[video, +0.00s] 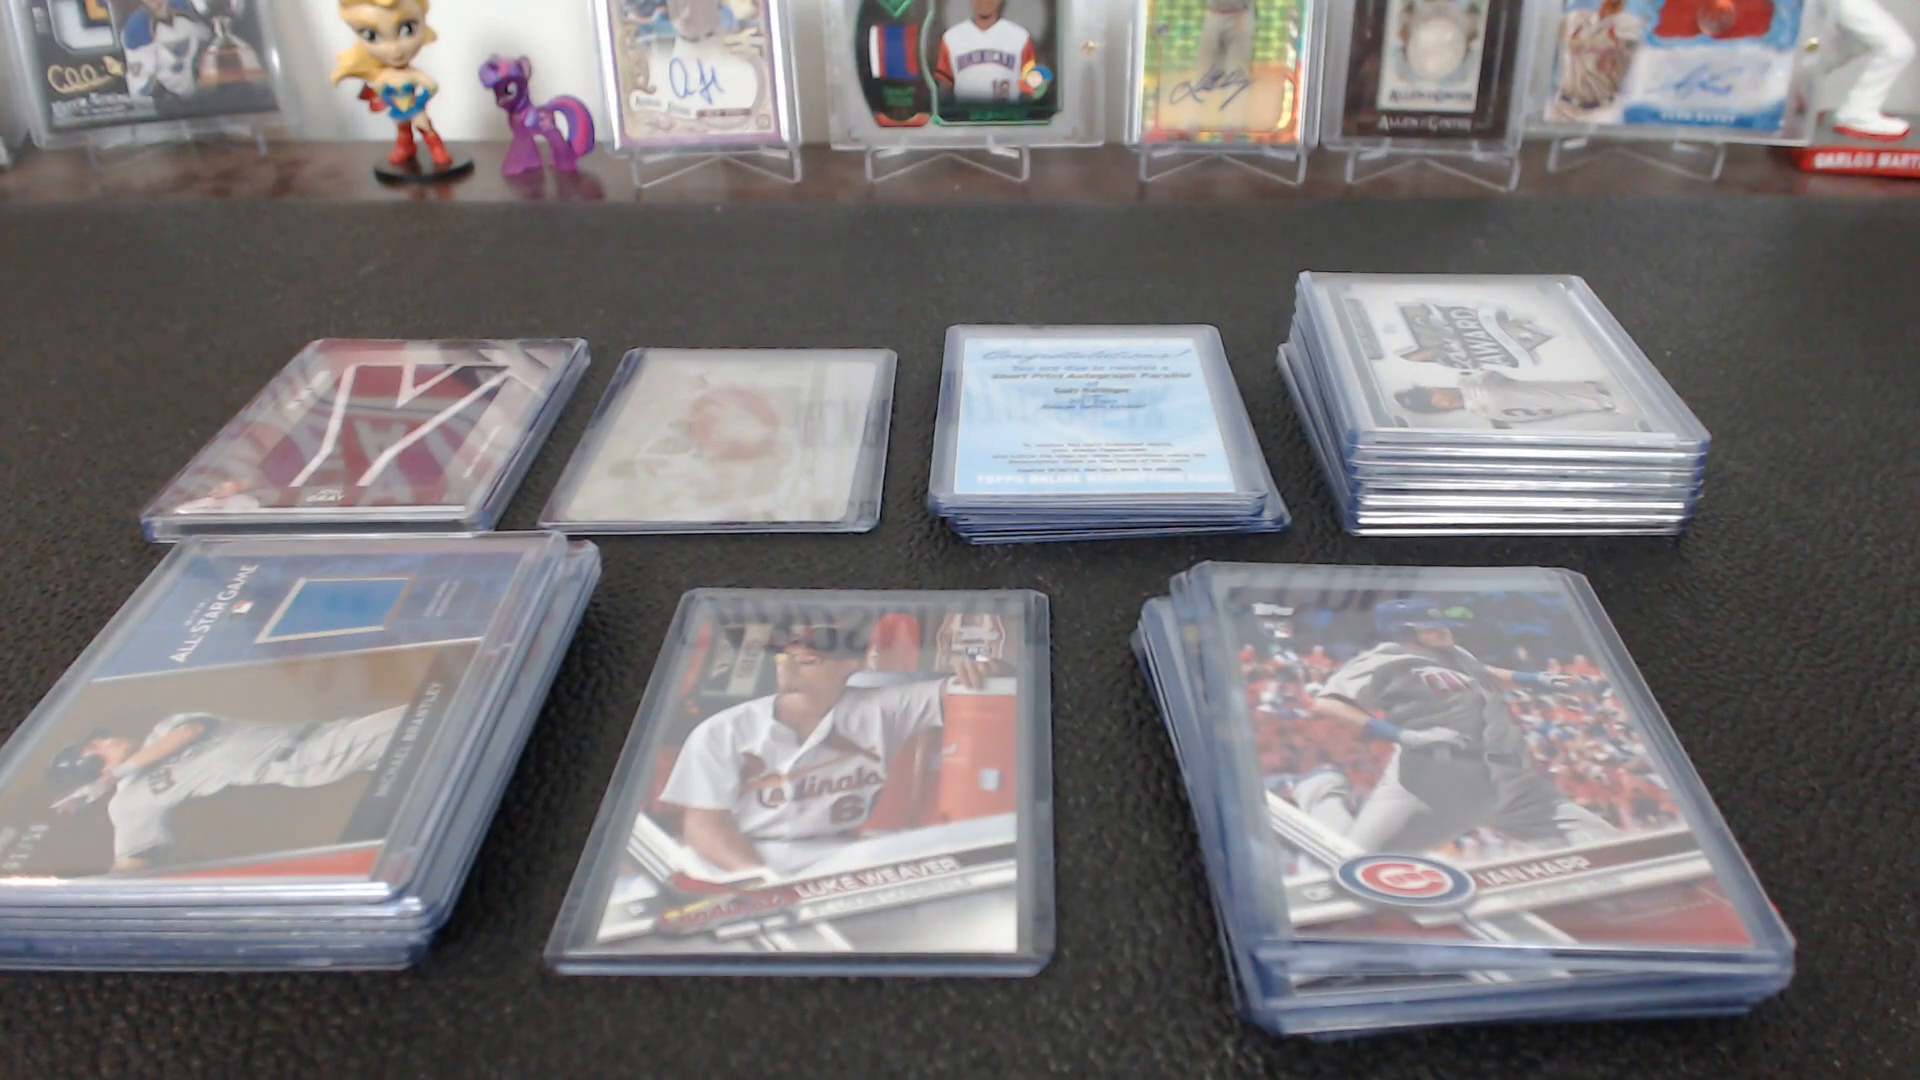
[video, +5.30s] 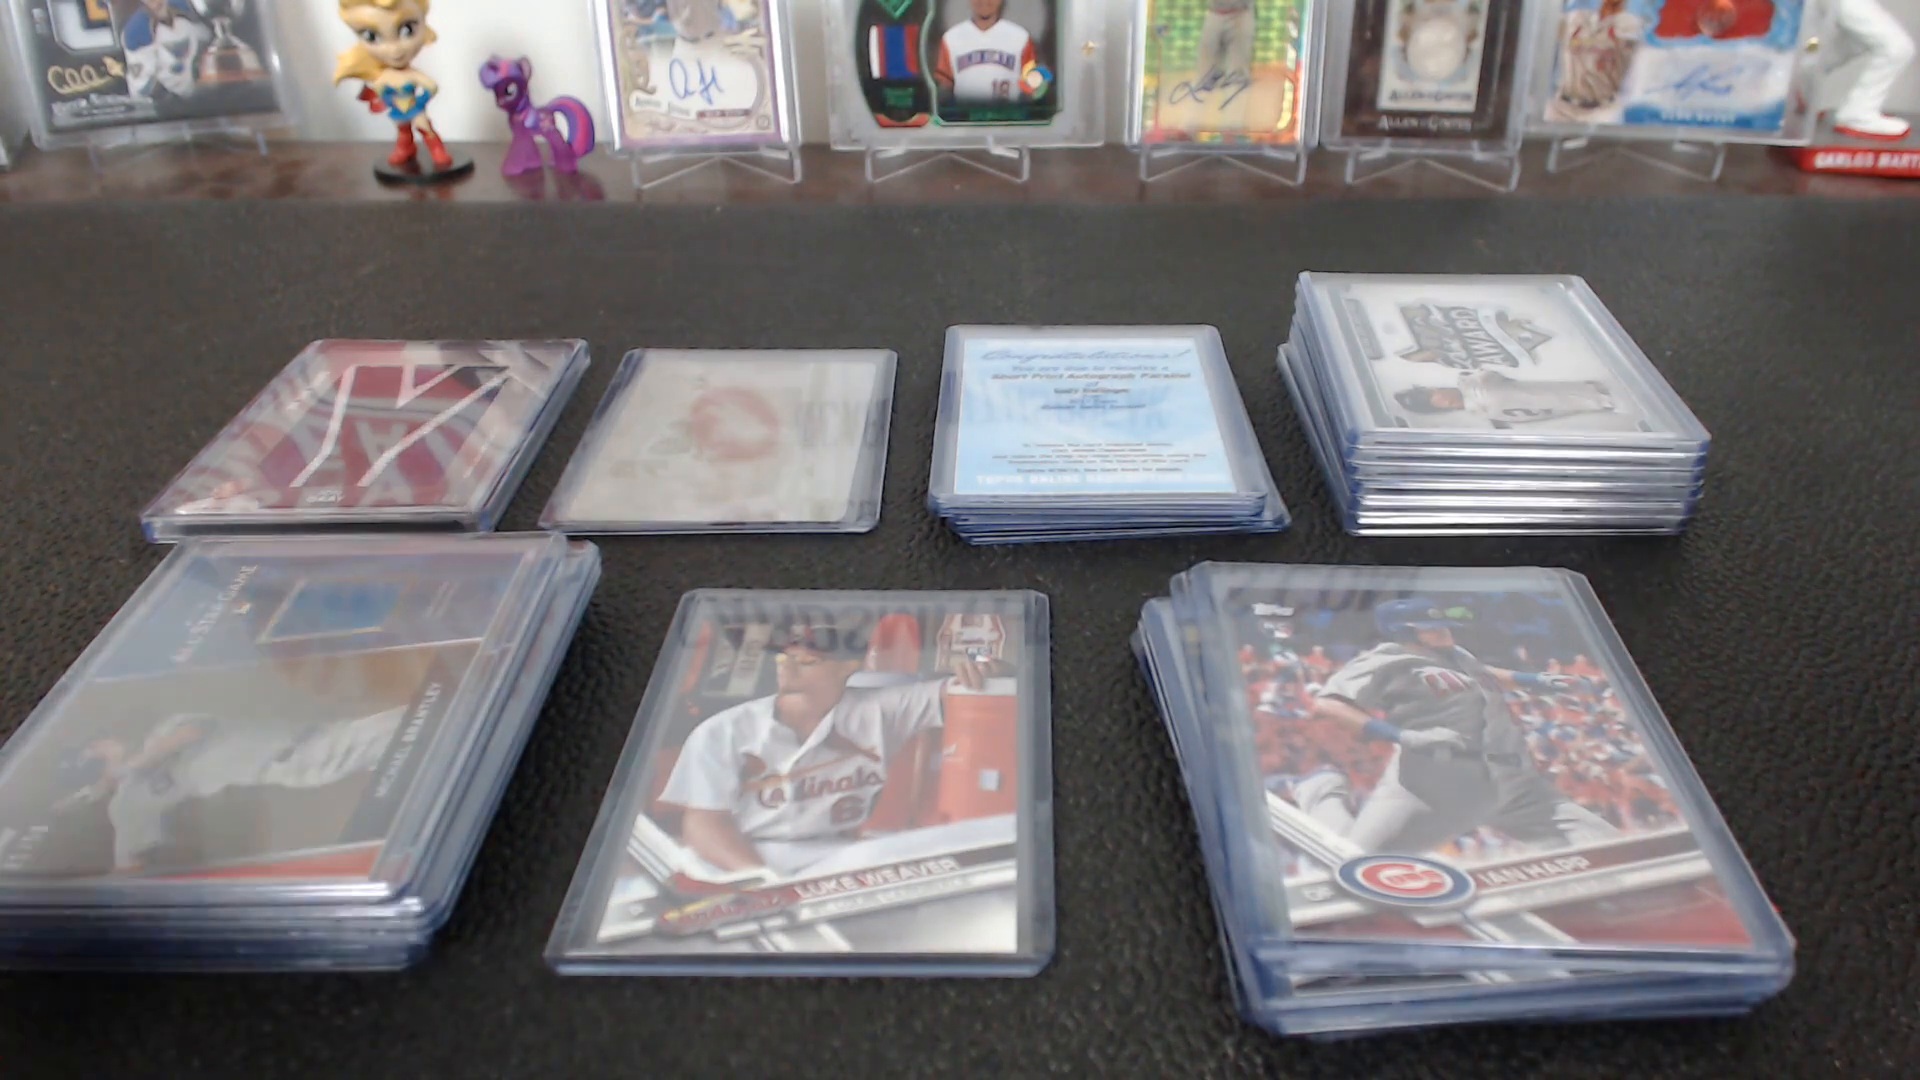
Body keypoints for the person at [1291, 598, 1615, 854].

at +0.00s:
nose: (1446, 631)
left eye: (1446, 622)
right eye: (1434, 623)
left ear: (1449, 624)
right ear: (1406, 628)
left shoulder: (1459, 656)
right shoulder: (1388, 659)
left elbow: (1489, 676)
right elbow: (1328, 704)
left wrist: (1538, 682)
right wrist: (1404, 736)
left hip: (1509, 789)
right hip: (1426, 797)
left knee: (1614, 850)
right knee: (1353, 868)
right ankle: (1321, 792)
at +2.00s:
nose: (1446, 631)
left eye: (1446, 623)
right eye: (1434, 624)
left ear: (1447, 627)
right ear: (1406, 630)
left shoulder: (1459, 657)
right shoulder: (1387, 659)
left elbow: (1490, 676)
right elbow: (1328, 704)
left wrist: (1539, 682)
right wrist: (1404, 736)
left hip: (1509, 789)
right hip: (1429, 796)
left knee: (1613, 850)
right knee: (1353, 868)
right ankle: (1321, 792)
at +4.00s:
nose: (1445, 631)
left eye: (1445, 623)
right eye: (1433, 623)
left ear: (1448, 624)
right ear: (1405, 628)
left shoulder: (1459, 657)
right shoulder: (1388, 659)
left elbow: (1490, 677)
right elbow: (1328, 704)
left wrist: (1541, 683)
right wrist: (1404, 735)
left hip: (1509, 787)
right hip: (1430, 793)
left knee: (1610, 847)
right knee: (1351, 868)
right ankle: (1321, 793)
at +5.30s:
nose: (1446, 629)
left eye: (1447, 620)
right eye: (1434, 620)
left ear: (1449, 623)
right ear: (1406, 625)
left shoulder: (1459, 657)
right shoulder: (1386, 660)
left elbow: (1490, 677)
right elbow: (1328, 705)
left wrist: (1538, 682)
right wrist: (1403, 736)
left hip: (1512, 789)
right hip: (1430, 796)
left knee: (1611, 849)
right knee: (1354, 866)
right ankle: (1321, 793)